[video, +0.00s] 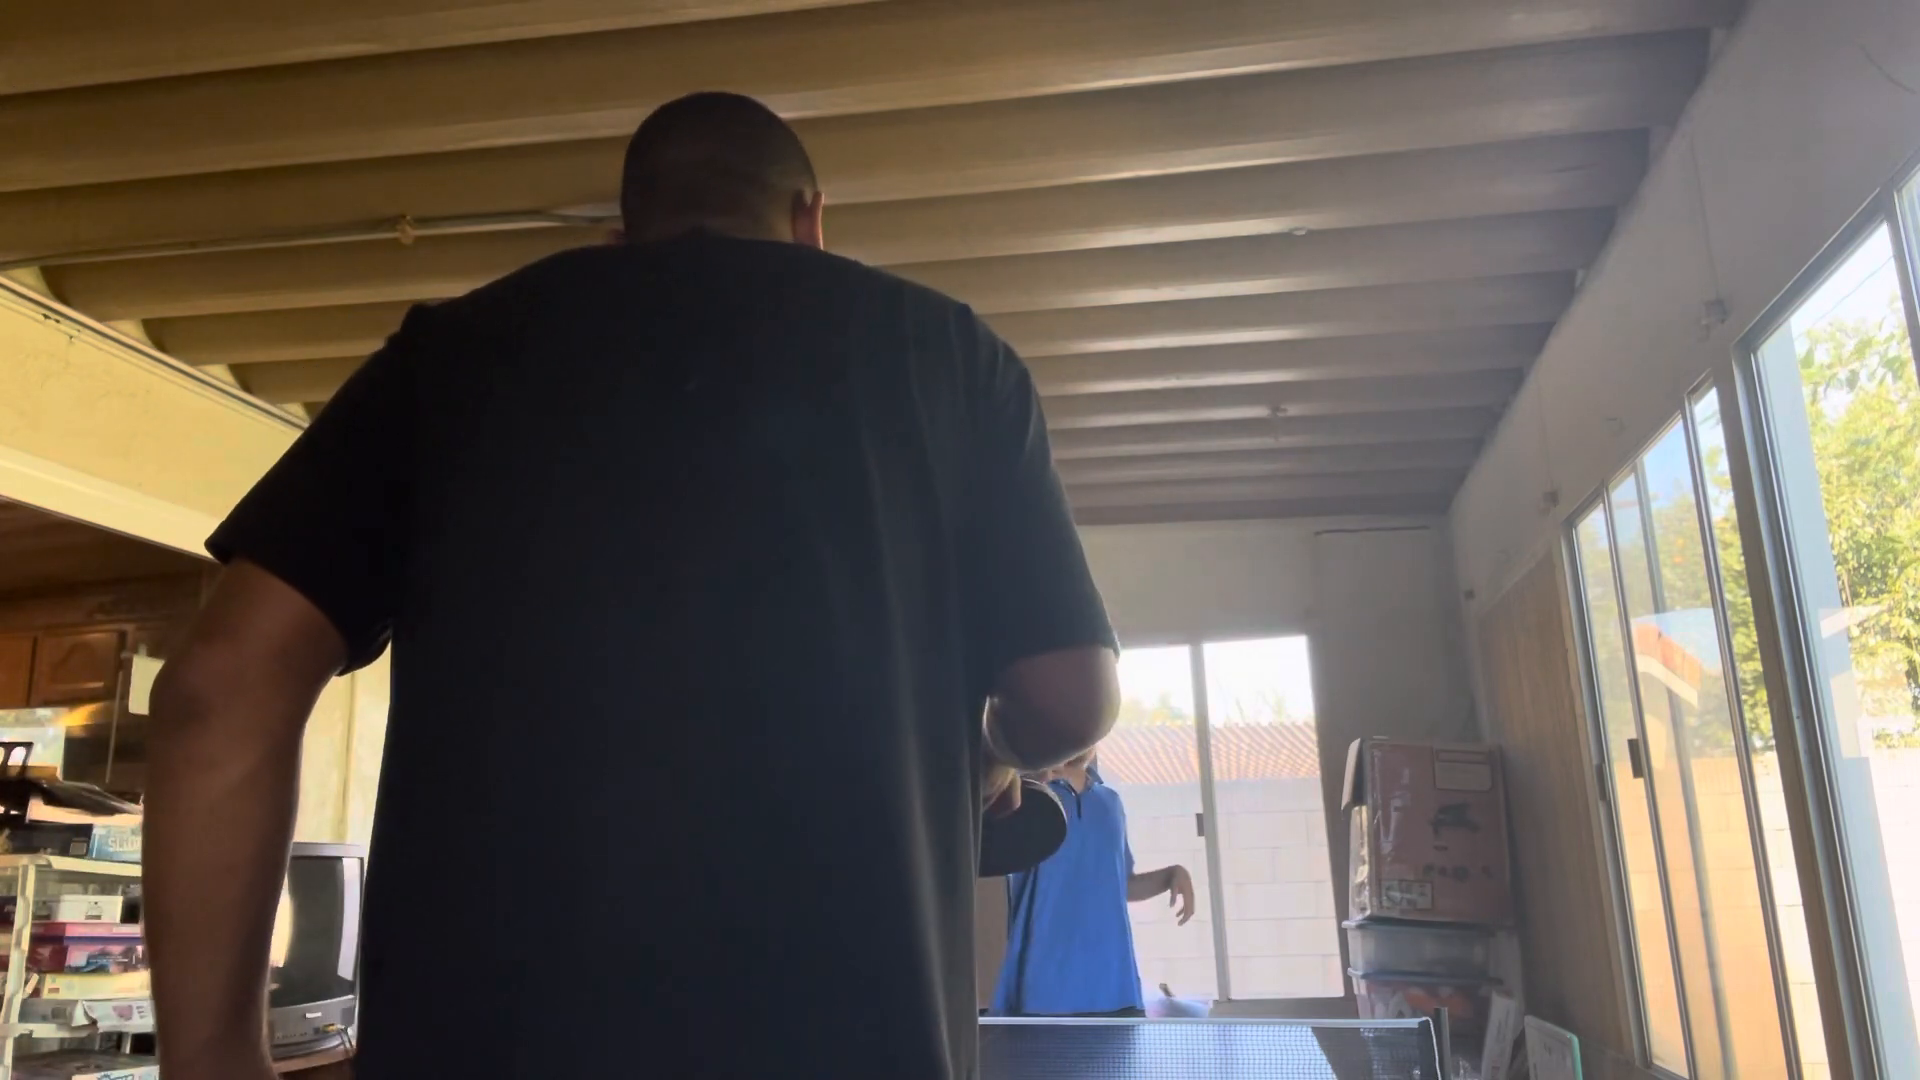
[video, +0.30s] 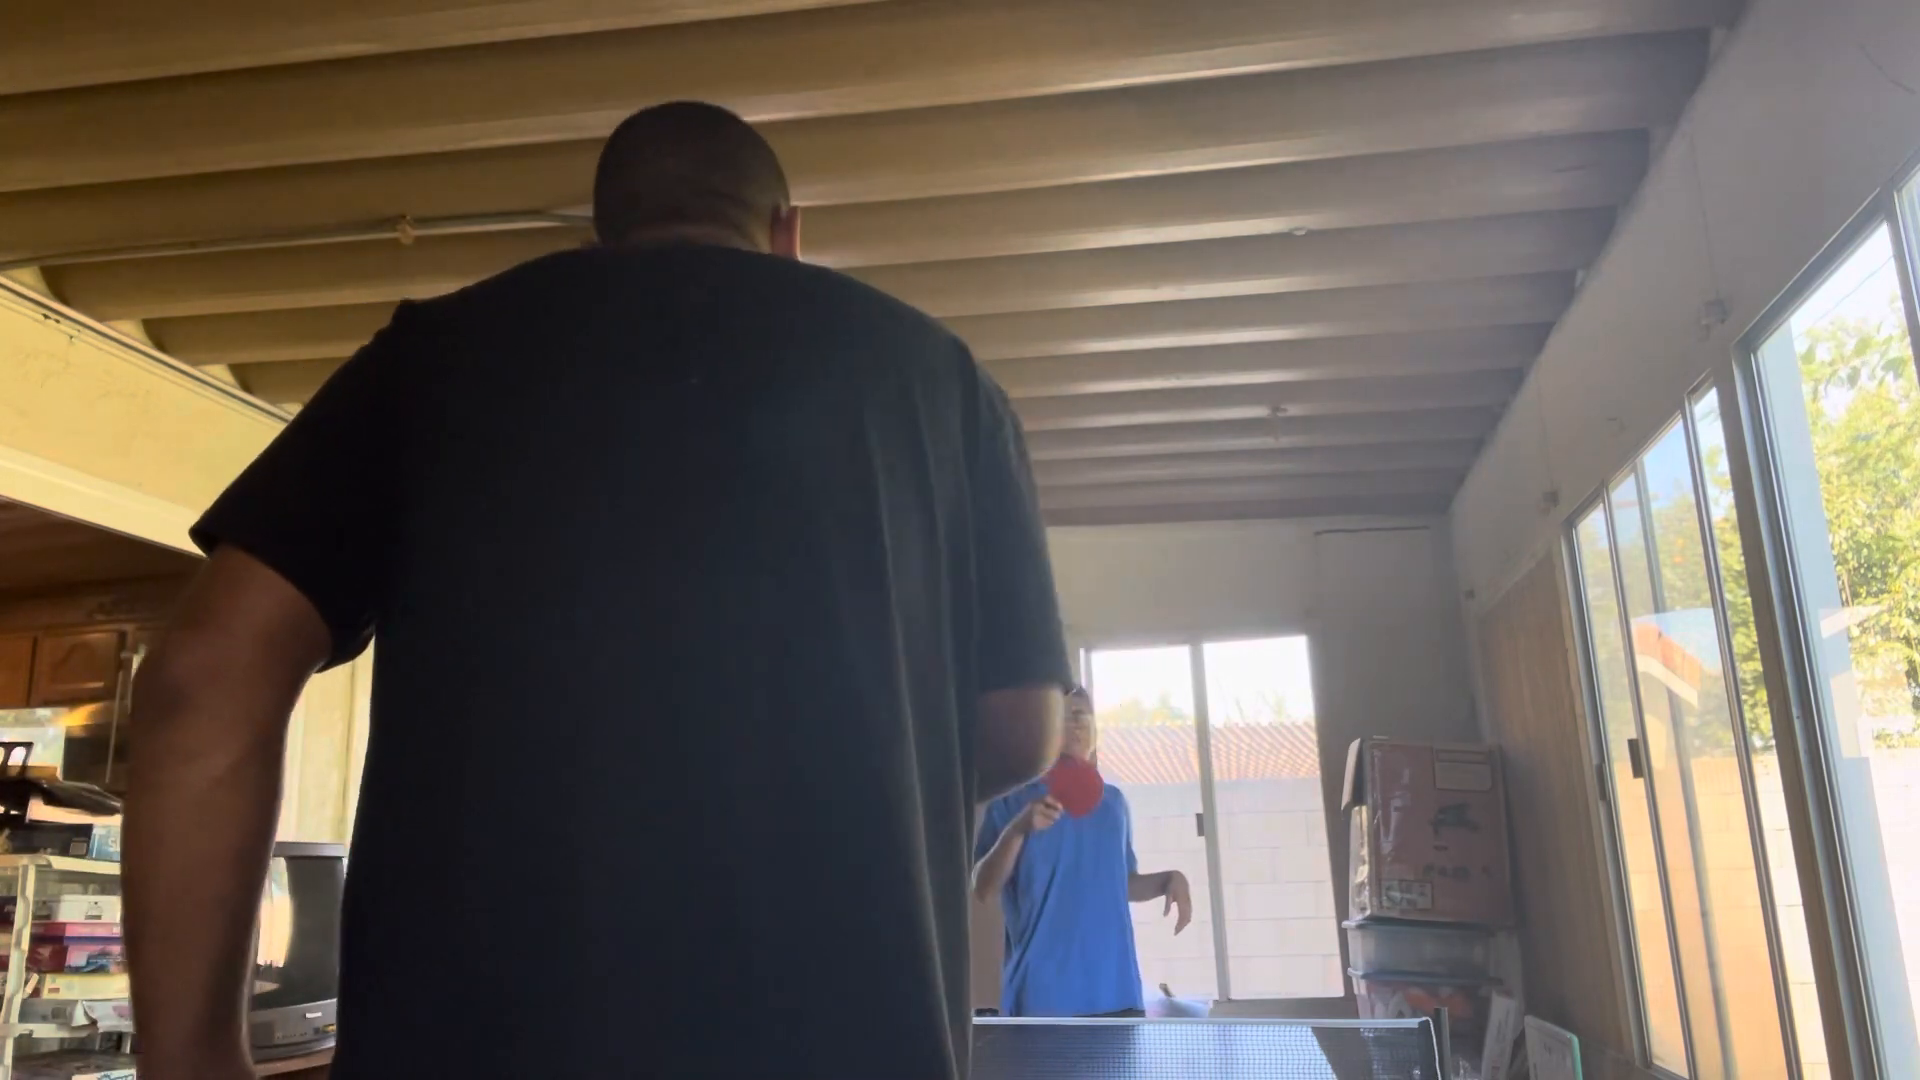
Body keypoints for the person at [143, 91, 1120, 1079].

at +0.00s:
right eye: (818, 218)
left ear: (618, 219)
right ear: (810, 216)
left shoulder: (457, 348)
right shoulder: (941, 347)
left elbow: (222, 684)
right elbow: (1069, 700)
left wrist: (214, 1058)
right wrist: (990, 747)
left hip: (488, 1036)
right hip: (846, 1039)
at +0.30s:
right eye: (801, 225)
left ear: (595, 227)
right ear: (789, 230)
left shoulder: (439, 348)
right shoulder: (929, 365)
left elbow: (208, 666)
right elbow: (1016, 733)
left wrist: (188, 1051)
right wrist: (854, 834)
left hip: (472, 1028)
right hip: (840, 1032)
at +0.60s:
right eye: (744, 250)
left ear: (543, 239)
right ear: (737, 249)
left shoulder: (395, 323)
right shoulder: (860, 376)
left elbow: (124, 638)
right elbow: (856, 723)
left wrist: (111, 1034)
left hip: (418, 1030)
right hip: (796, 1041)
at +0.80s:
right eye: (720, 242)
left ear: (515, 232)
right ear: (712, 242)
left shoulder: (359, 321)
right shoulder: (837, 374)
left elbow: (78, 643)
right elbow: (845, 740)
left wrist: (50, 1035)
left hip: (379, 1032)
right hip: (757, 1042)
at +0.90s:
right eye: (719, 238)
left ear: (509, 230)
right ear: (707, 240)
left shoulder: (342, 324)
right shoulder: (832, 365)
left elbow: (68, 645)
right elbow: (869, 750)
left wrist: (50, 1038)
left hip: (374, 1035)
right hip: (750, 1042)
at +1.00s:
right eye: (715, 240)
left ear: (506, 229)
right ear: (698, 238)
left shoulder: (329, 331)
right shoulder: (834, 367)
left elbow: (65, 656)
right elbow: (896, 751)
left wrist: (59, 1046)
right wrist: (730, 670)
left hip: (371, 1032)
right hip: (748, 1039)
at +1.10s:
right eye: (711, 236)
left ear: (506, 225)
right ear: (697, 237)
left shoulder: (325, 339)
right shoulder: (833, 360)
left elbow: (67, 670)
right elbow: (925, 739)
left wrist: (69, 1055)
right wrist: (734, 750)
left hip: (365, 1037)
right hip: (746, 1040)